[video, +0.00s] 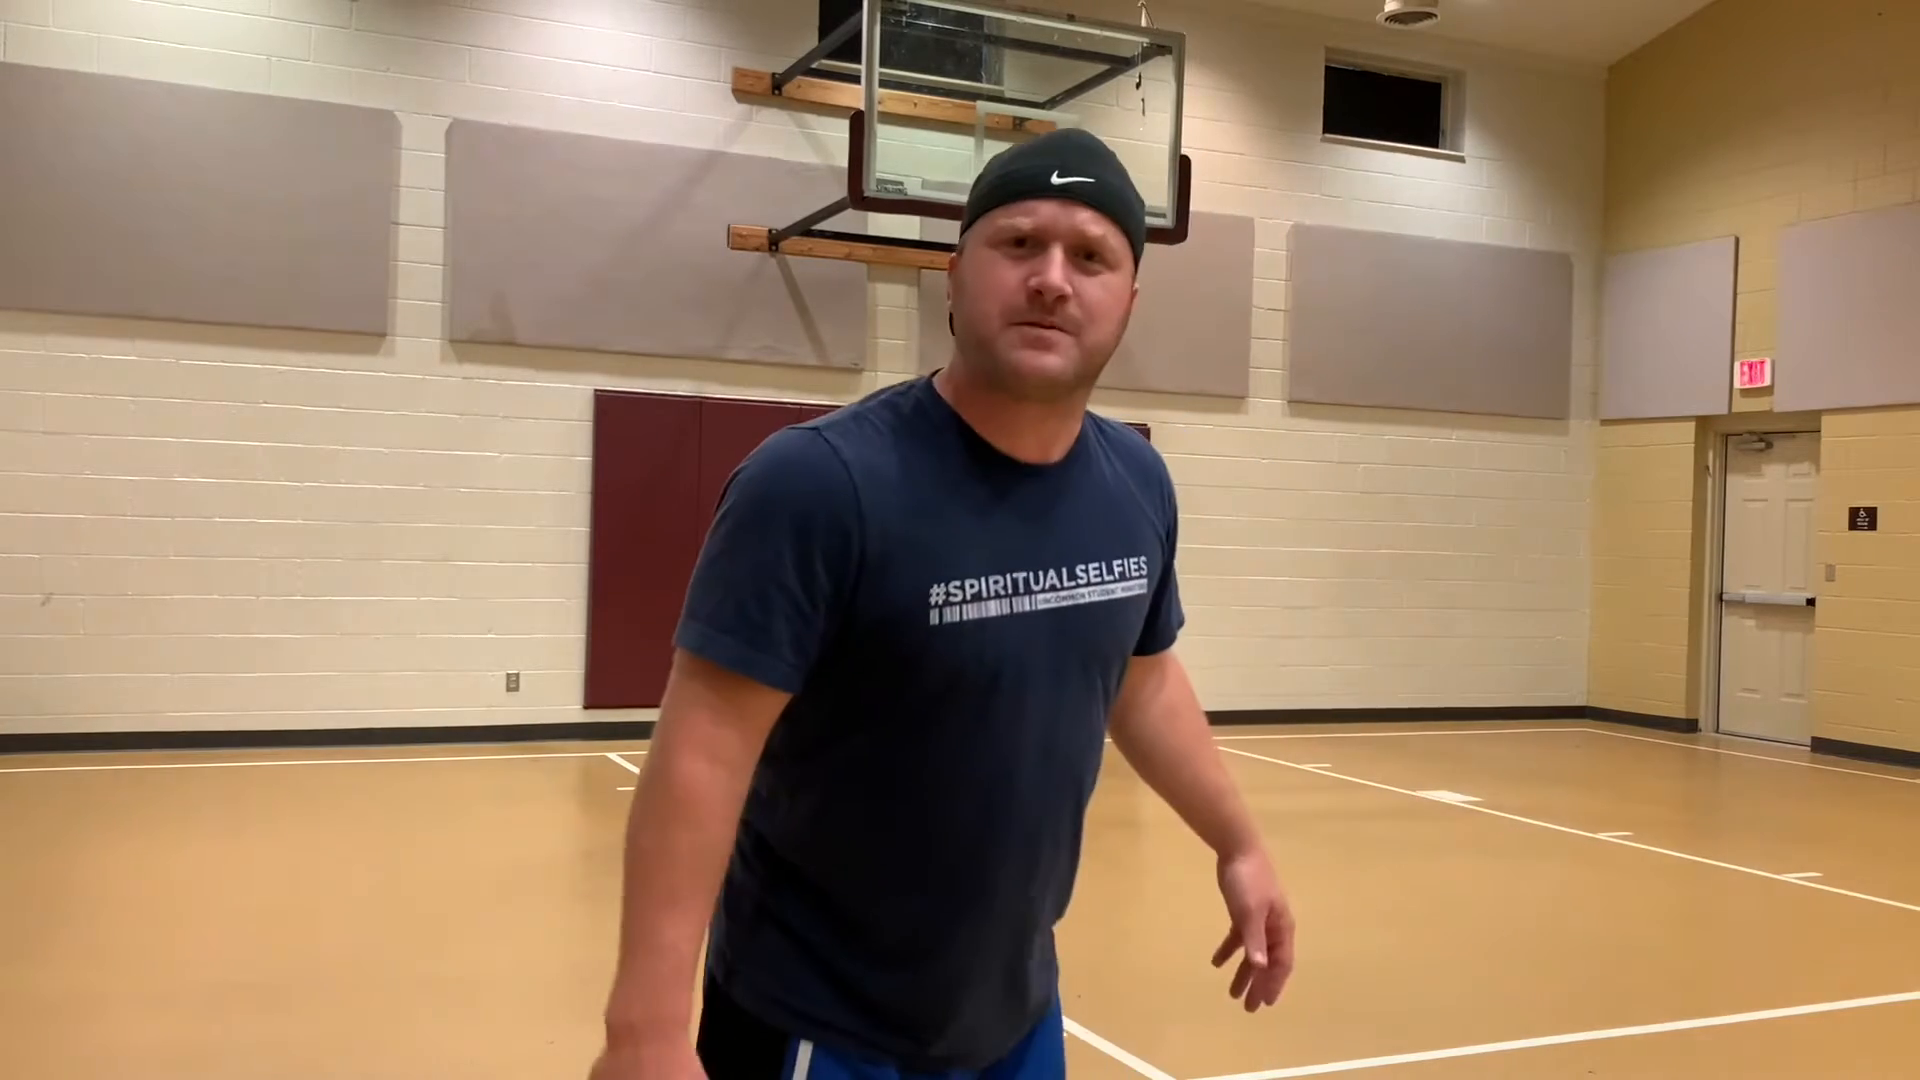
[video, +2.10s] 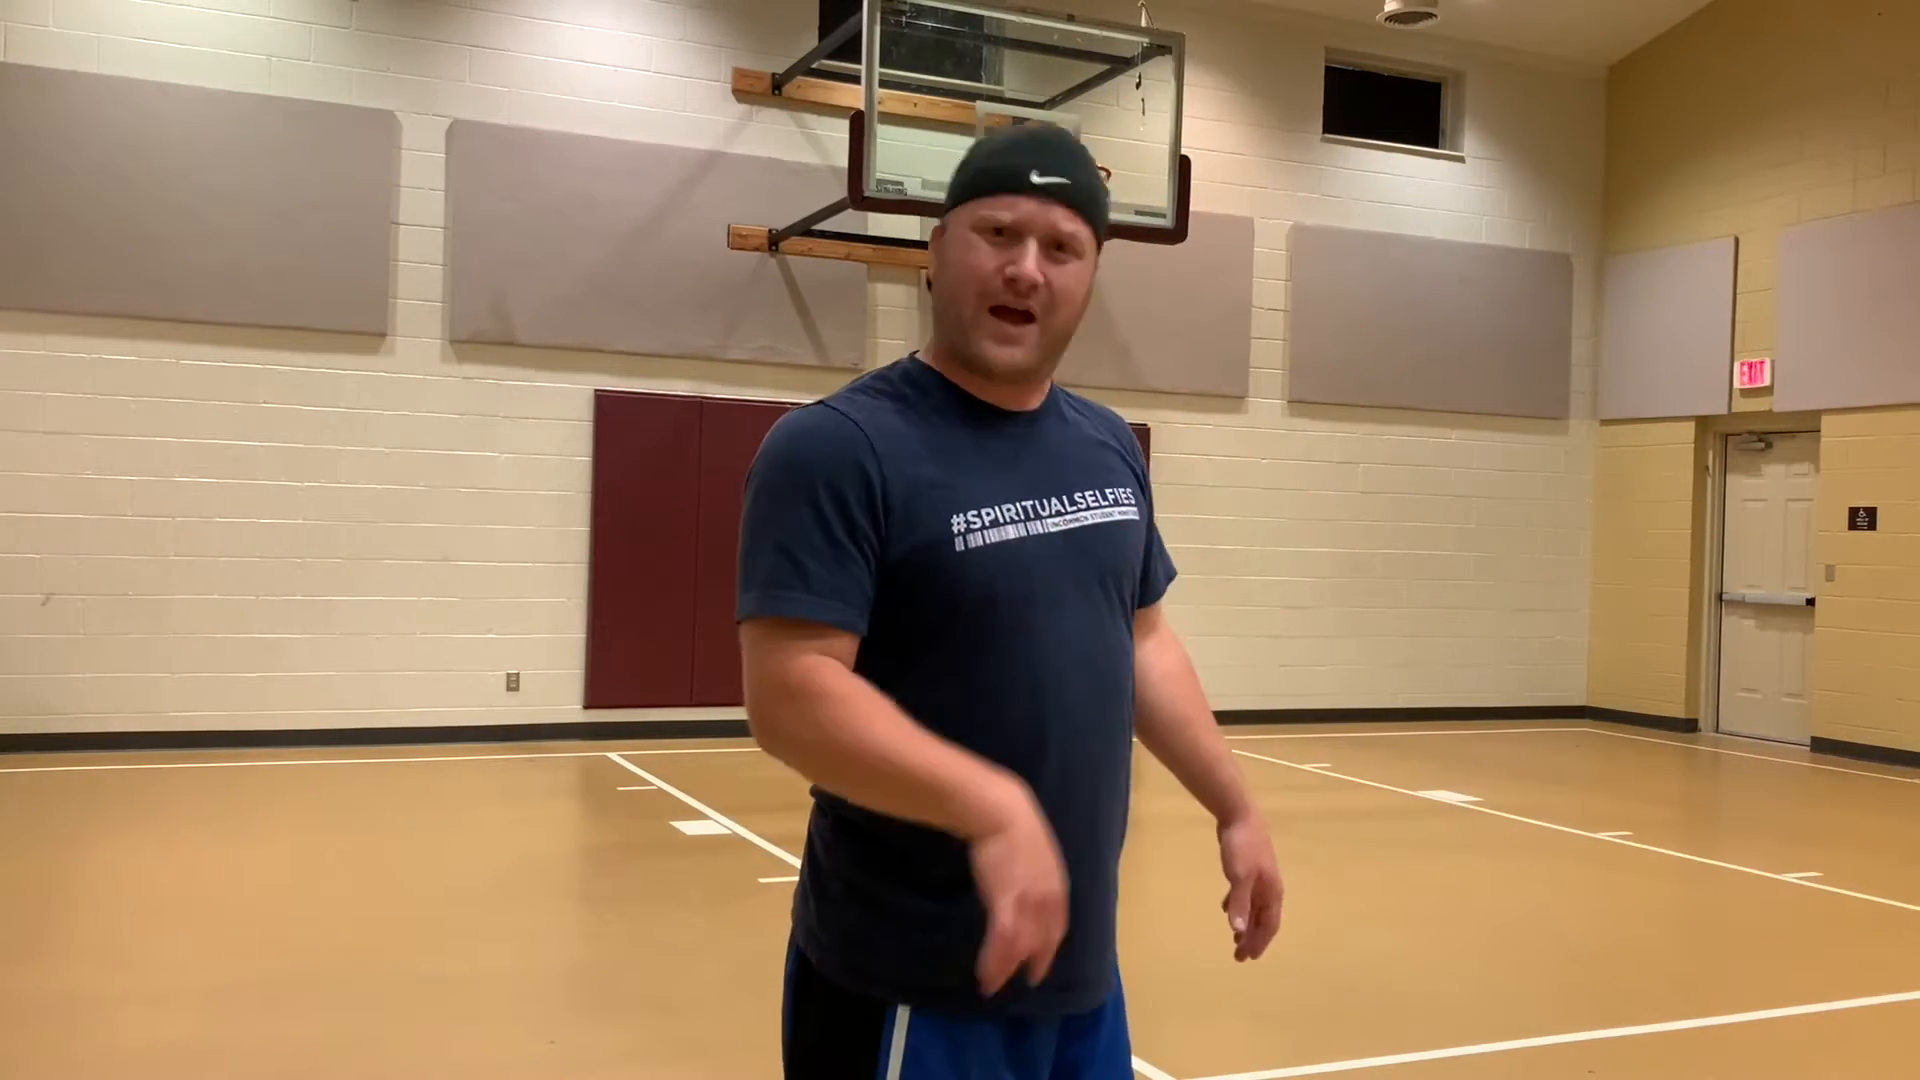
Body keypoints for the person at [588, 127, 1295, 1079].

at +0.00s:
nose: (1051, 279)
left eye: (1089, 258)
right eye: (1018, 245)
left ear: (1128, 300)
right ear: (954, 273)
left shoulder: (1132, 484)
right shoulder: (814, 486)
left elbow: (1145, 677)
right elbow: (704, 744)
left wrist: (1240, 840)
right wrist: (647, 1027)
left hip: (1012, 1010)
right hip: (815, 1022)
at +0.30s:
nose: (1054, 261)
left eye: (1090, 241)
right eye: (1023, 229)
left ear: (1128, 288)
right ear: (967, 264)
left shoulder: (1140, 476)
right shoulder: (847, 454)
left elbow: (1165, 677)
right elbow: (751, 692)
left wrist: (1262, 845)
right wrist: (742, 956)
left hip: (1056, 1003)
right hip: (865, 1011)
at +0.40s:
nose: (1069, 259)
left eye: (1105, 242)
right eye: (1041, 231)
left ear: (1142, 291)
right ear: (986, 265)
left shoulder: (1160, 482)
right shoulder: (869, 447)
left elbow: (1189, 678)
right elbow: (782, 662)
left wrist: (1284, 849)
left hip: (1073, 993)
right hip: (886, 997)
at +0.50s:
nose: (1093, 255)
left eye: (1126, 243)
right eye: (1065, 229)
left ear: (1159, 294)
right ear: (1007, 261)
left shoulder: (1172, 482)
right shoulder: (888, 435)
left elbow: (1208, 669)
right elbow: (794, 654)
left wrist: (1308, 840)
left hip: (1087, 981)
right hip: (901, 983)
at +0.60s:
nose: (1100, 251)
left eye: (1132, 239)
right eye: (1071, 228)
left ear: (1162, 295)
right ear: (1015, 260)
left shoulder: (1172, 476)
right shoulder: (899, 427)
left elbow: (1205, 661)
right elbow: (811, 651)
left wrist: (1313, 820)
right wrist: (986, 586)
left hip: (1091, 958)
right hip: (916, 963)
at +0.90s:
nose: (1063, 243)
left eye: (1092, 228)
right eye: (1033, 223)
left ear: (1129, 275)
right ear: (978, 263)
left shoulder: (1150, 455)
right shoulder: (889, 434)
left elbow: (1170, 636)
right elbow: (818, 655)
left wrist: (1230, 799)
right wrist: (1009, 686)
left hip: (1085, 950)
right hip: (918, 957)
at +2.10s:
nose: (1025, 271)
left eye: (1059, 248)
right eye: (997, 235)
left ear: (1092, 280)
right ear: (937, 248)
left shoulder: (1104, 445)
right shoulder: (834, 450)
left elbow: (1142, 635)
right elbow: (790, 694)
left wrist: (1236, 807)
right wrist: (997, 810)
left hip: (1079, 981)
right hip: (902, 994)